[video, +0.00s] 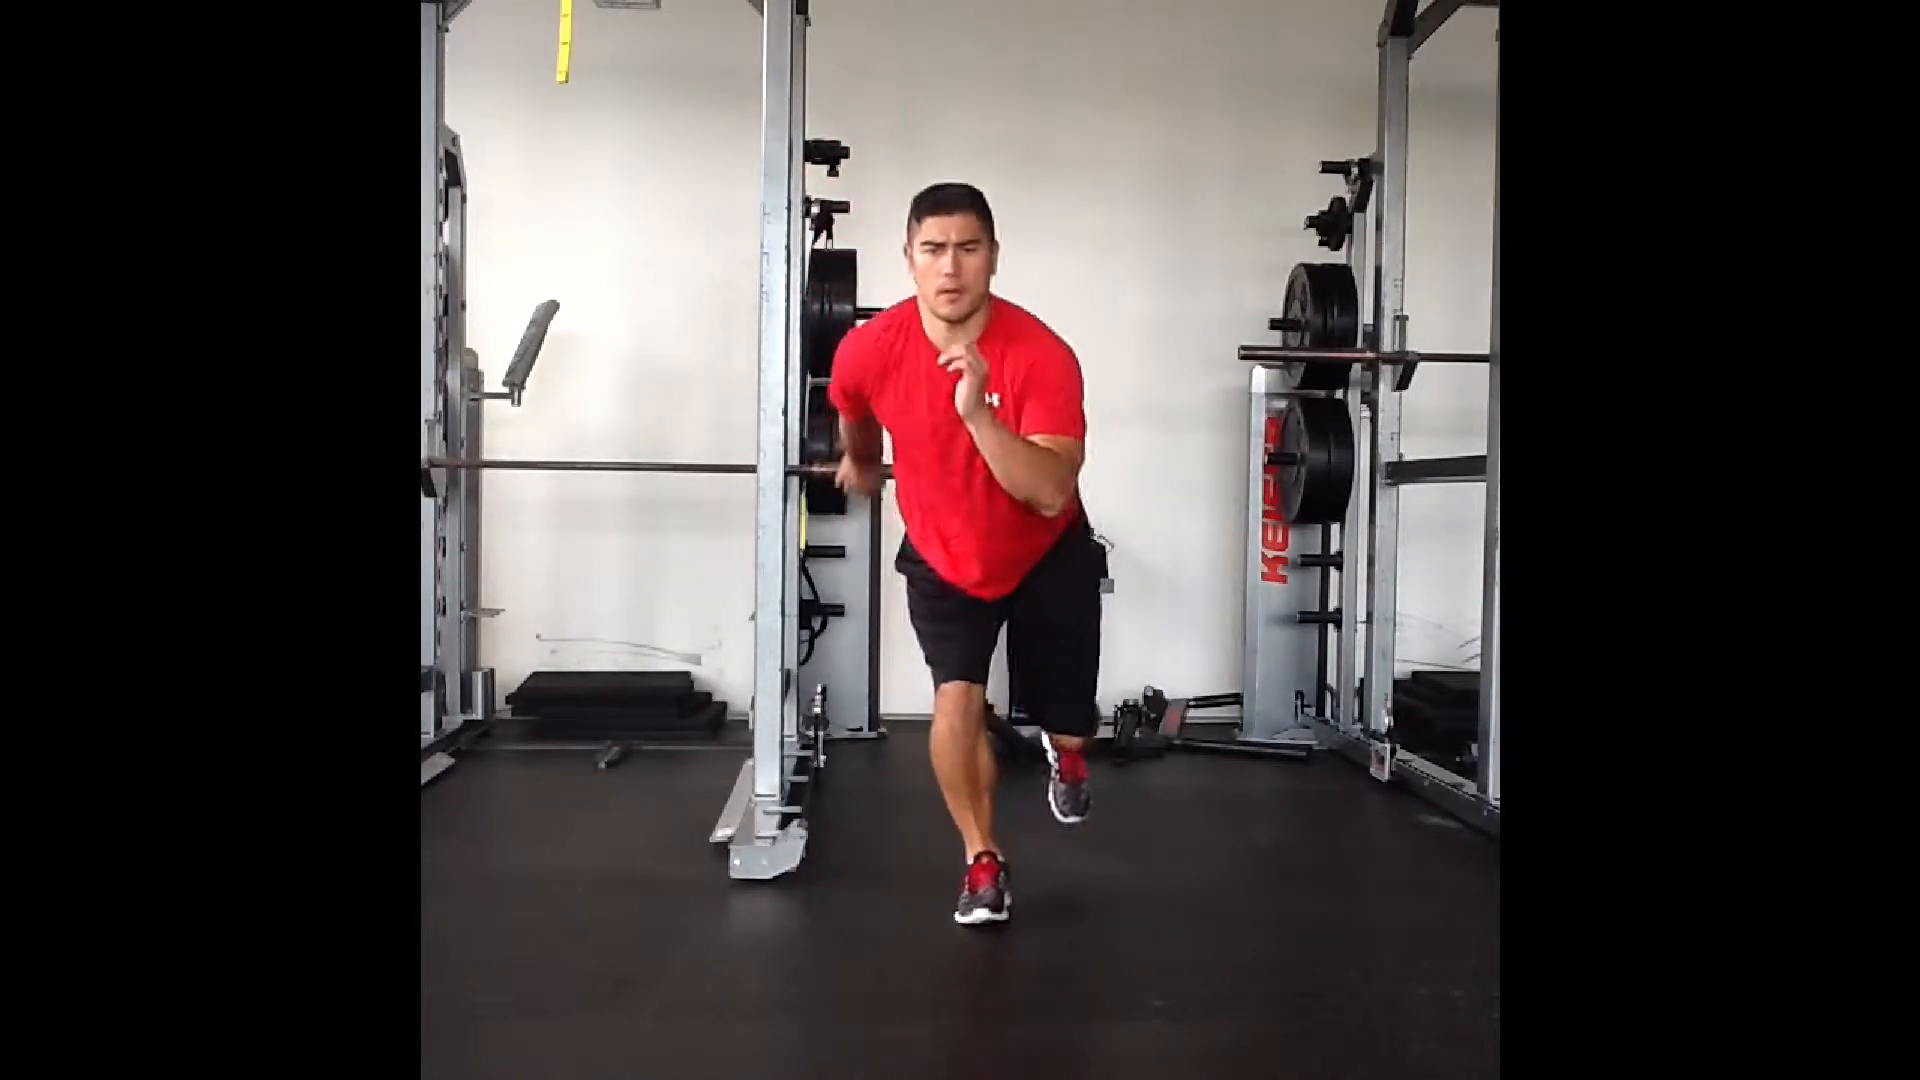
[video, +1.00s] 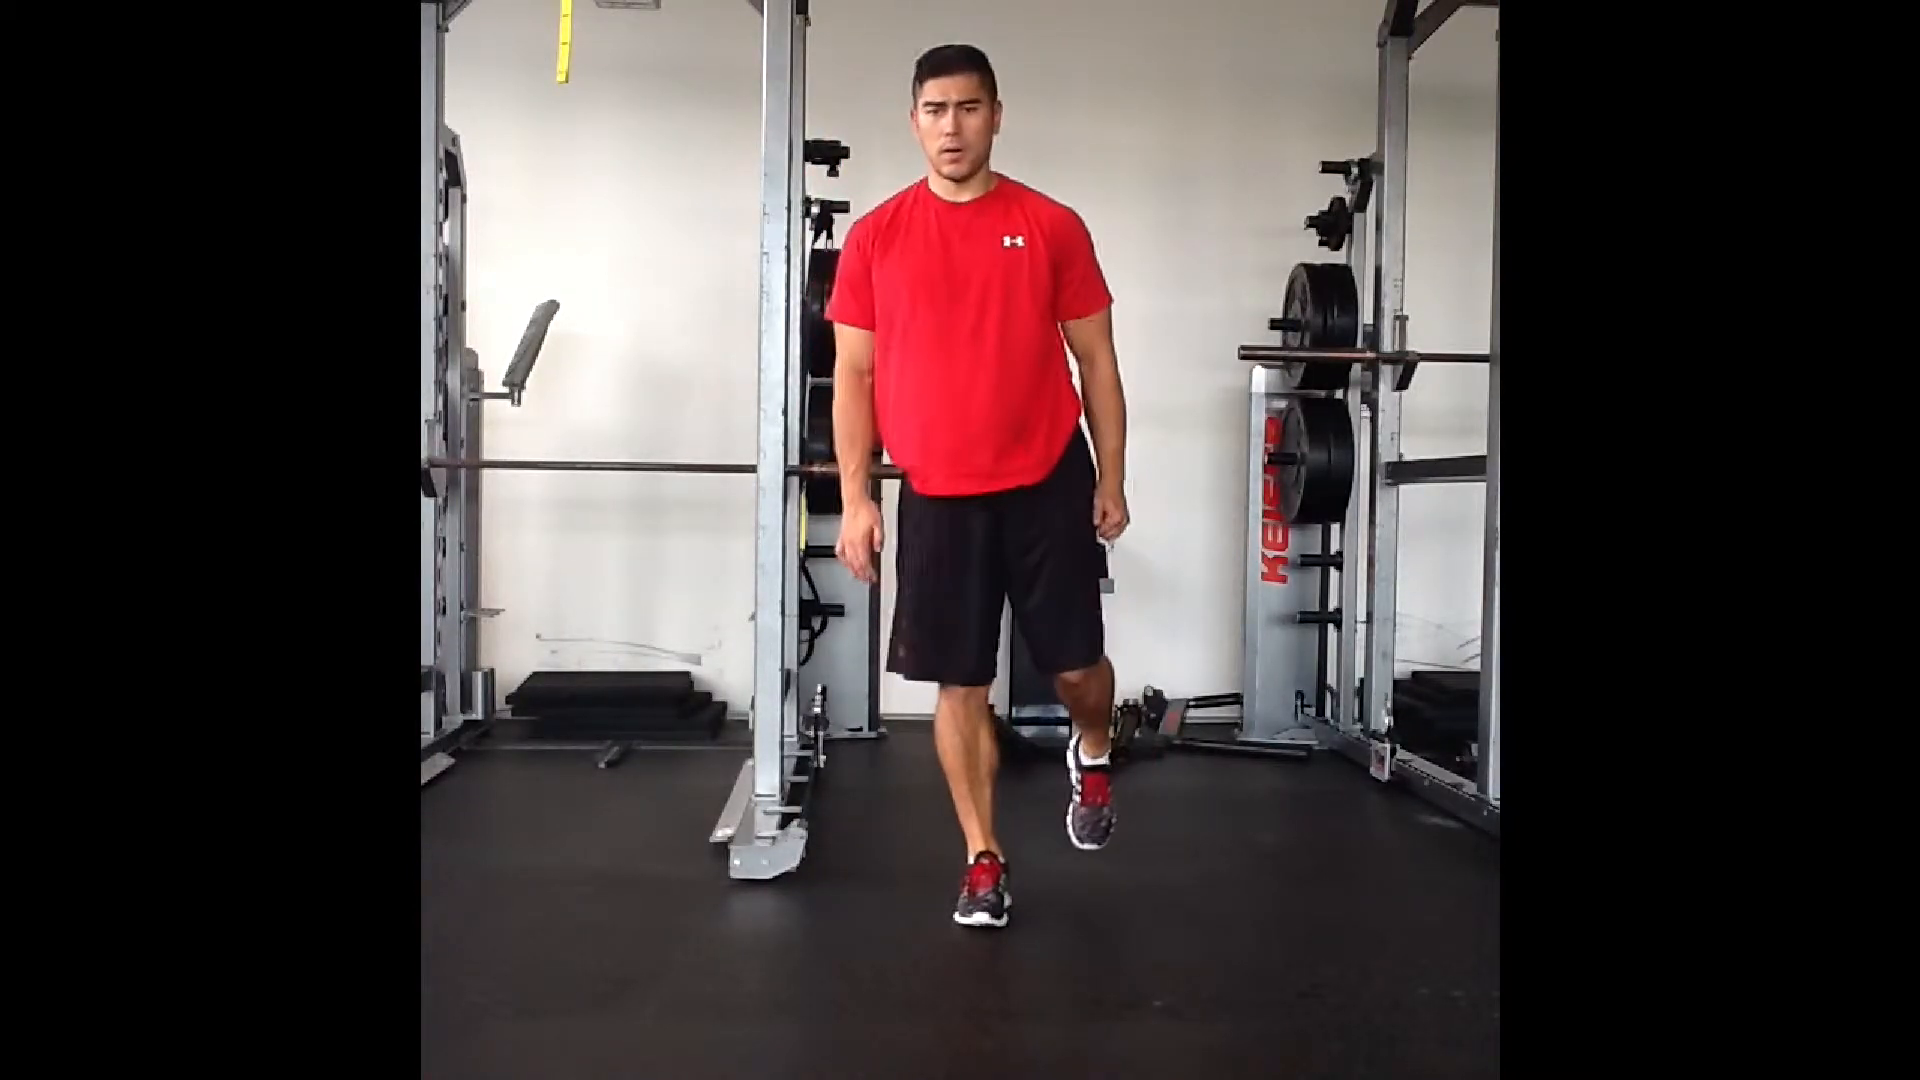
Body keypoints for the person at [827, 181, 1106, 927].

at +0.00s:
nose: (951, 268)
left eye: (968, 249)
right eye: (933, 250)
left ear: (993, 258)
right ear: (909, 260)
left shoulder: (1042, 357)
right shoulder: (870, 350)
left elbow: (1053, 492)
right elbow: (851, 411)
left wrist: (977, 416)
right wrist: (859, 464)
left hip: (1049, 552)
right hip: (943, 558)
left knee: (1065, 710)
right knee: (957, 698)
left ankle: (1067, 752)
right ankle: (981, 860)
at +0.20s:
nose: (925, 211)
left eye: (940, 192)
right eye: (907, 197)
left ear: (966, 204)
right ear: (884, 216)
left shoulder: (1028, 303)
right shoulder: (857, 329)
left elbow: (1076, 436)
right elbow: (865, 451)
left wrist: (1016, 484)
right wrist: (871, 542)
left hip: (1058, 521)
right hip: (950, 536)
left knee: (1088, 681)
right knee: (958, 694)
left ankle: (1088, 740)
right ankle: (981, 860)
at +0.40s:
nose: (914, 167)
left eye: (929, 148)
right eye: (895, 152)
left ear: (953, 158)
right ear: (873, 171)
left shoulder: (1024, 257)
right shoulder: (852, 293)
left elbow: (1096, 378)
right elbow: (863, 428)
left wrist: (1094, 499)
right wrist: (875, 538)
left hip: (1062, 508)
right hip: (955, 523)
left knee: (1113, 668)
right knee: (962, 690)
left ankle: (1129, 729)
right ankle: (981, 861)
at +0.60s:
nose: (926, 139)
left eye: (942, 121)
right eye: (908, 124)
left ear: (968, 132)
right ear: (888, 141)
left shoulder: (1034, 233)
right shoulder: (858, 261)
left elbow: (1099, 354)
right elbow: (857, 397)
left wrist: (1133, 471)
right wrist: (866, 513)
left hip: (1060, 482)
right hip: (953, 502)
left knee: (1108, 660)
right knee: (971, 682)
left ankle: (1143, 729)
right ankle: (986, 862)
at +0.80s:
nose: (939, 128)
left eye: (955, 110)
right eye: (924, 113)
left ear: (987, 118)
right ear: (905, 126)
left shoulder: (1047, 227)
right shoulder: (869, 242)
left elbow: (1092, 357)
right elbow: (850, 377)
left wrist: (1110, 478)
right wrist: (856, 498)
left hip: (1052, 484)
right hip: (943, 498)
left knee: (1085, 661)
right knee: (964, 680)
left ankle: (1113, 747)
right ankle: (984, 858)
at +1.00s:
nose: (951, 125)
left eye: (968, 108)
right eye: (935, 109)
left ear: (996, 118)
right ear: (914, 122)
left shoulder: (1052, 227)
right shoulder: (873, 238)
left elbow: (1095, 355)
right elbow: (853, 374)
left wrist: (1111, 476)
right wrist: (856, 498)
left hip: (1046, 485)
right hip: (935, 496)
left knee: (1075, 668)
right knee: (957, 681)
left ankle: (1092, 760)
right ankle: (981, 859)